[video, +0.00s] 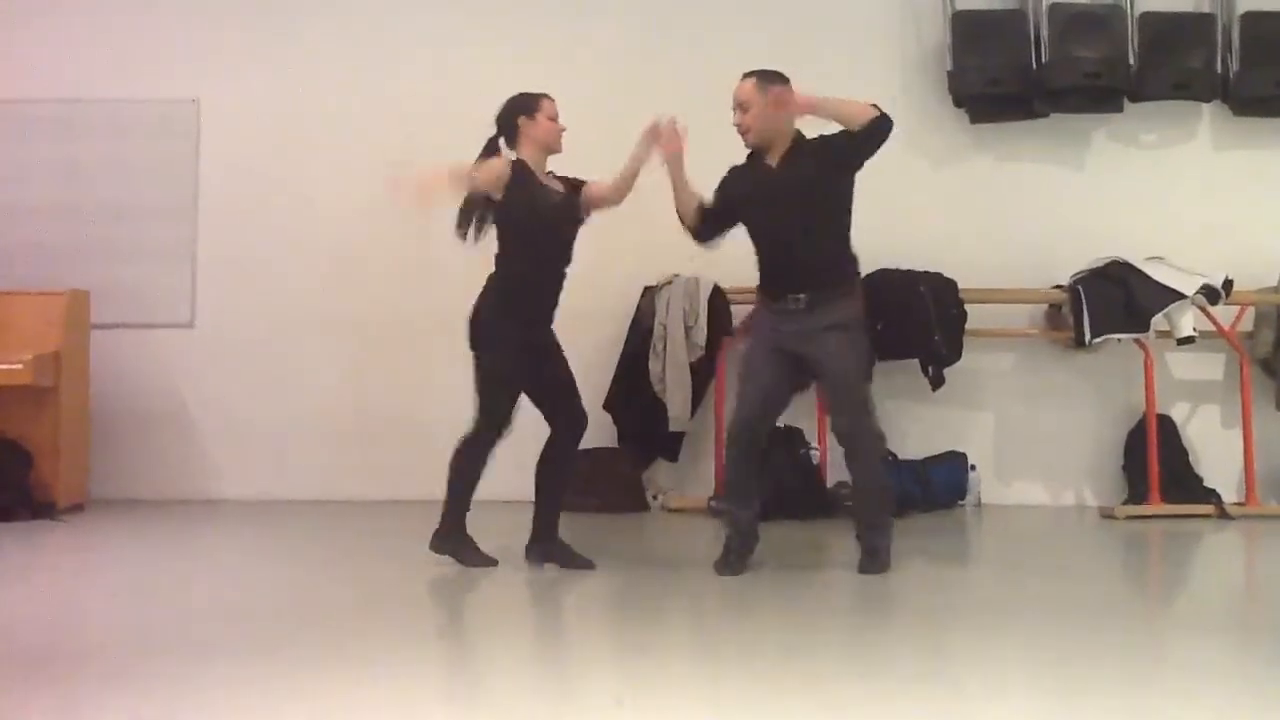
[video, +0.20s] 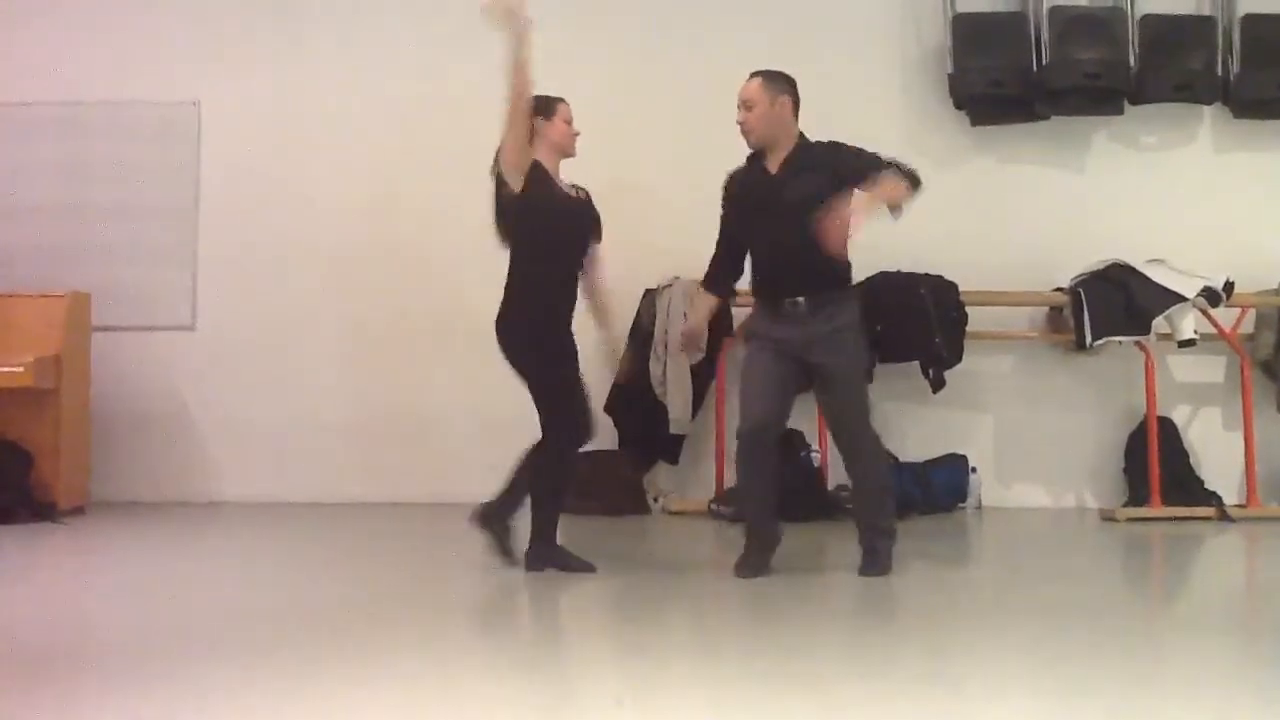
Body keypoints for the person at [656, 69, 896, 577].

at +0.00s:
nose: (737, 120)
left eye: (744, 108)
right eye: (734, 111)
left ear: (781, 106)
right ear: (747, 115)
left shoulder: (830, 154)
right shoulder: (743, 179)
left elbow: (878, 123)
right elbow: (702, 228)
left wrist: (808, 104)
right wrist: (675, 164)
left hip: (835, 315)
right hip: (774, 318)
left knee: (854, 424)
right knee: (746, 424)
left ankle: (875, 537)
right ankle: (740, 535)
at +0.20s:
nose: (739, 118)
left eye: (748, 108)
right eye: (738, 109)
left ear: (785, 108)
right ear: (761, 111)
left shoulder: (831, 159)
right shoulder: (741, 184)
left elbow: (903, 180)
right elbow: (727, 258)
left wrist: (862, 200)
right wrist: (696, 319)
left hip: (832, 319)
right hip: (770, 324)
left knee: (852, 430)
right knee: (755, 428)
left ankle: (876, 539)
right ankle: (759, 539)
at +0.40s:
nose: (740, 107)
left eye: (749, 97)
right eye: (739, 98)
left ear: (787, 98)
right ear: (770, 101)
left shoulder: (833, 161)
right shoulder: (737, 168)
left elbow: (890, 220)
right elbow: (714, 240)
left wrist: (864, 284)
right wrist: (676, 270)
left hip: (817, 315)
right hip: (752, 316)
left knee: (826, 419)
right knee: (747, 426)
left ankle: (862, 518)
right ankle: (759, 536)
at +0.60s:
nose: (744, 100)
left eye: (754, 90)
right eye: (743, 92)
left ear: (792, 94)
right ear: (750, 100)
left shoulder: (838, 161)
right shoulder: (734, 161)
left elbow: (852, 232)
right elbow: (681, 210)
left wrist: (811, 240)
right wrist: (672, 154)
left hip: (812, 313)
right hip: (748, 313)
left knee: (808, 423)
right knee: (750, 429)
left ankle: (796, 541)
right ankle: (756, 539)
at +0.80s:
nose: (749, 96)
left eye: (759, 87)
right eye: (747, 89)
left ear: (796, 92)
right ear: (752, 99)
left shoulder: (838, 162)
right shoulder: (737, 157)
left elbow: (851, 237)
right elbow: (680, 195)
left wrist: (800, 242)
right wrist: (683, 129)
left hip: (818, 311)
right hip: (754, 309)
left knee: (807, 428)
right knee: (752, 427)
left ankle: (792, 542)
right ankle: (753, 536)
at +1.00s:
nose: (752, 104)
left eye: (762, 94)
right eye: (750, 96)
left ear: (799, 99)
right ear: (754, 104)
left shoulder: (845, 168)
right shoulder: (742, 168)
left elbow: (864, 243)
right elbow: (690, 214)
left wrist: (814, 242)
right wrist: (687, 150)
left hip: (824, 320)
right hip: (759, 318)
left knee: (814, 435)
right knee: (738, 422)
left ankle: (794, 547)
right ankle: (746, 528)